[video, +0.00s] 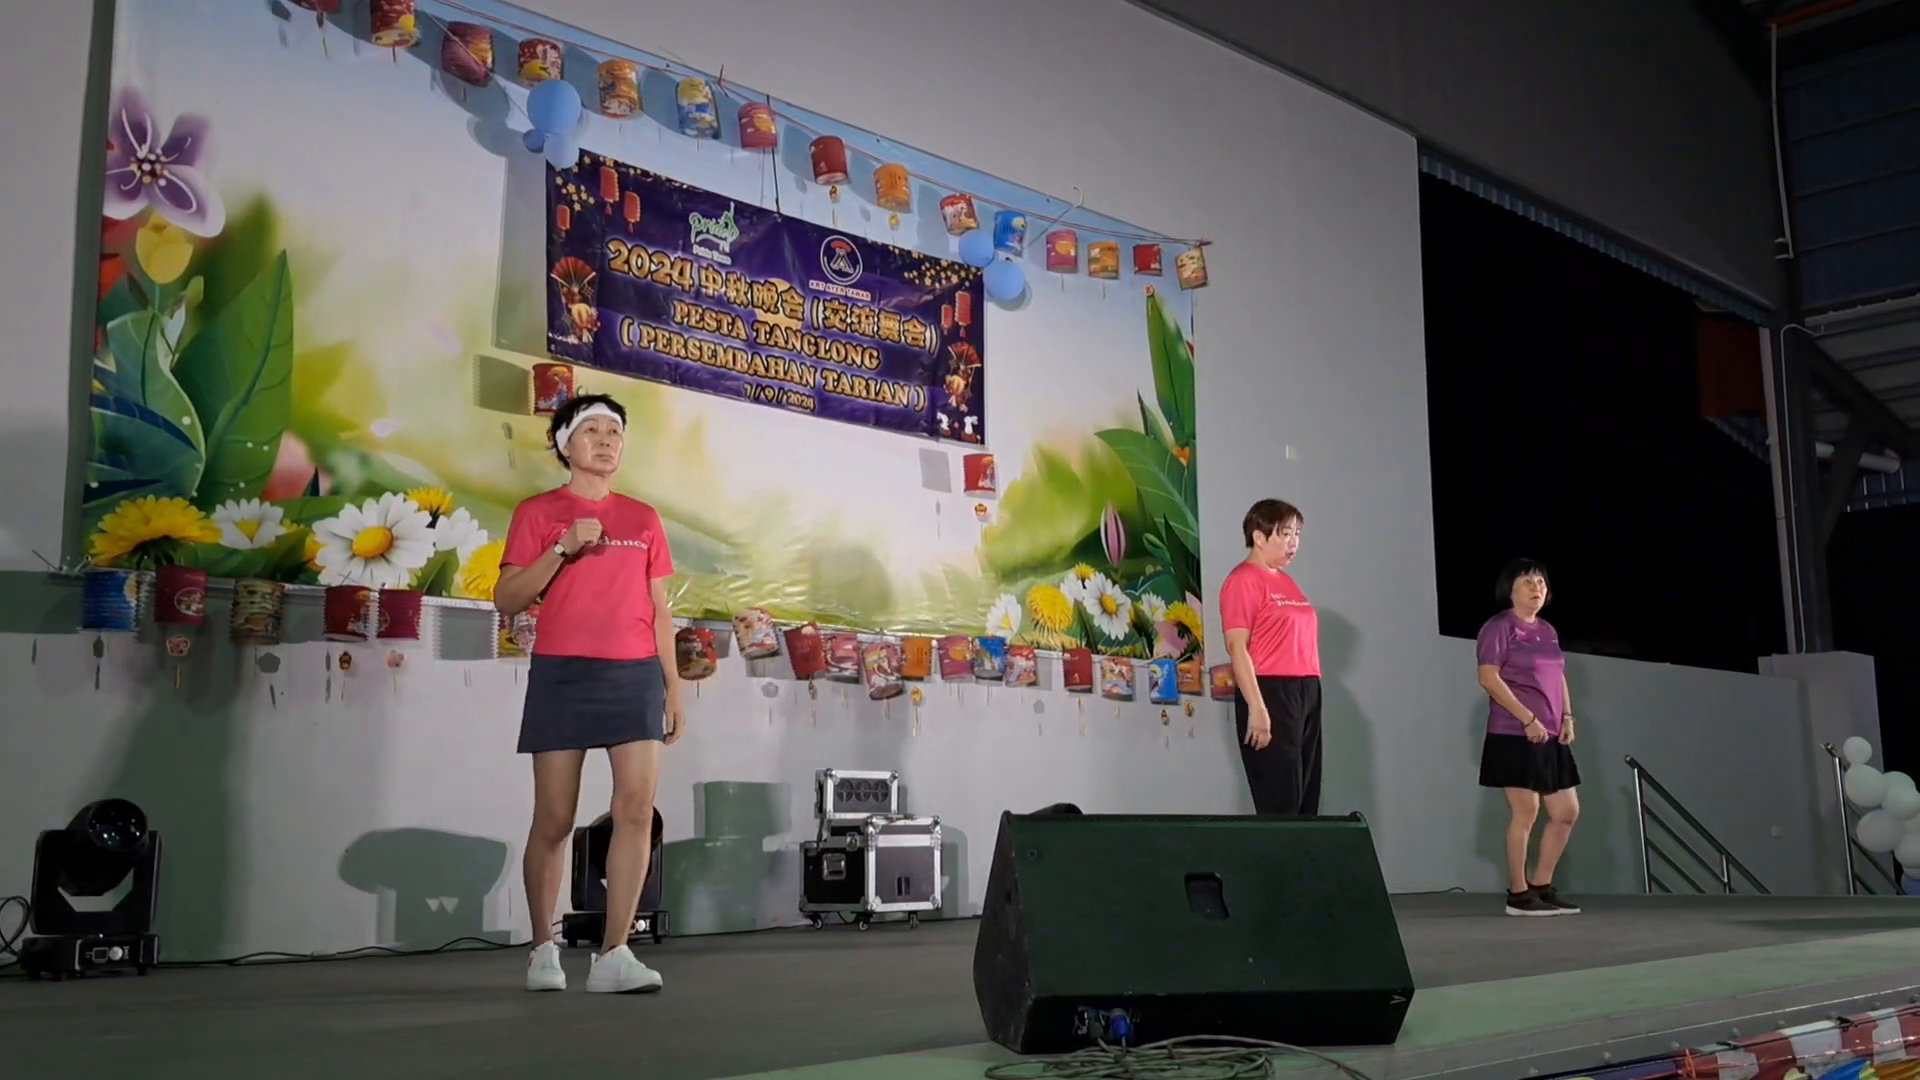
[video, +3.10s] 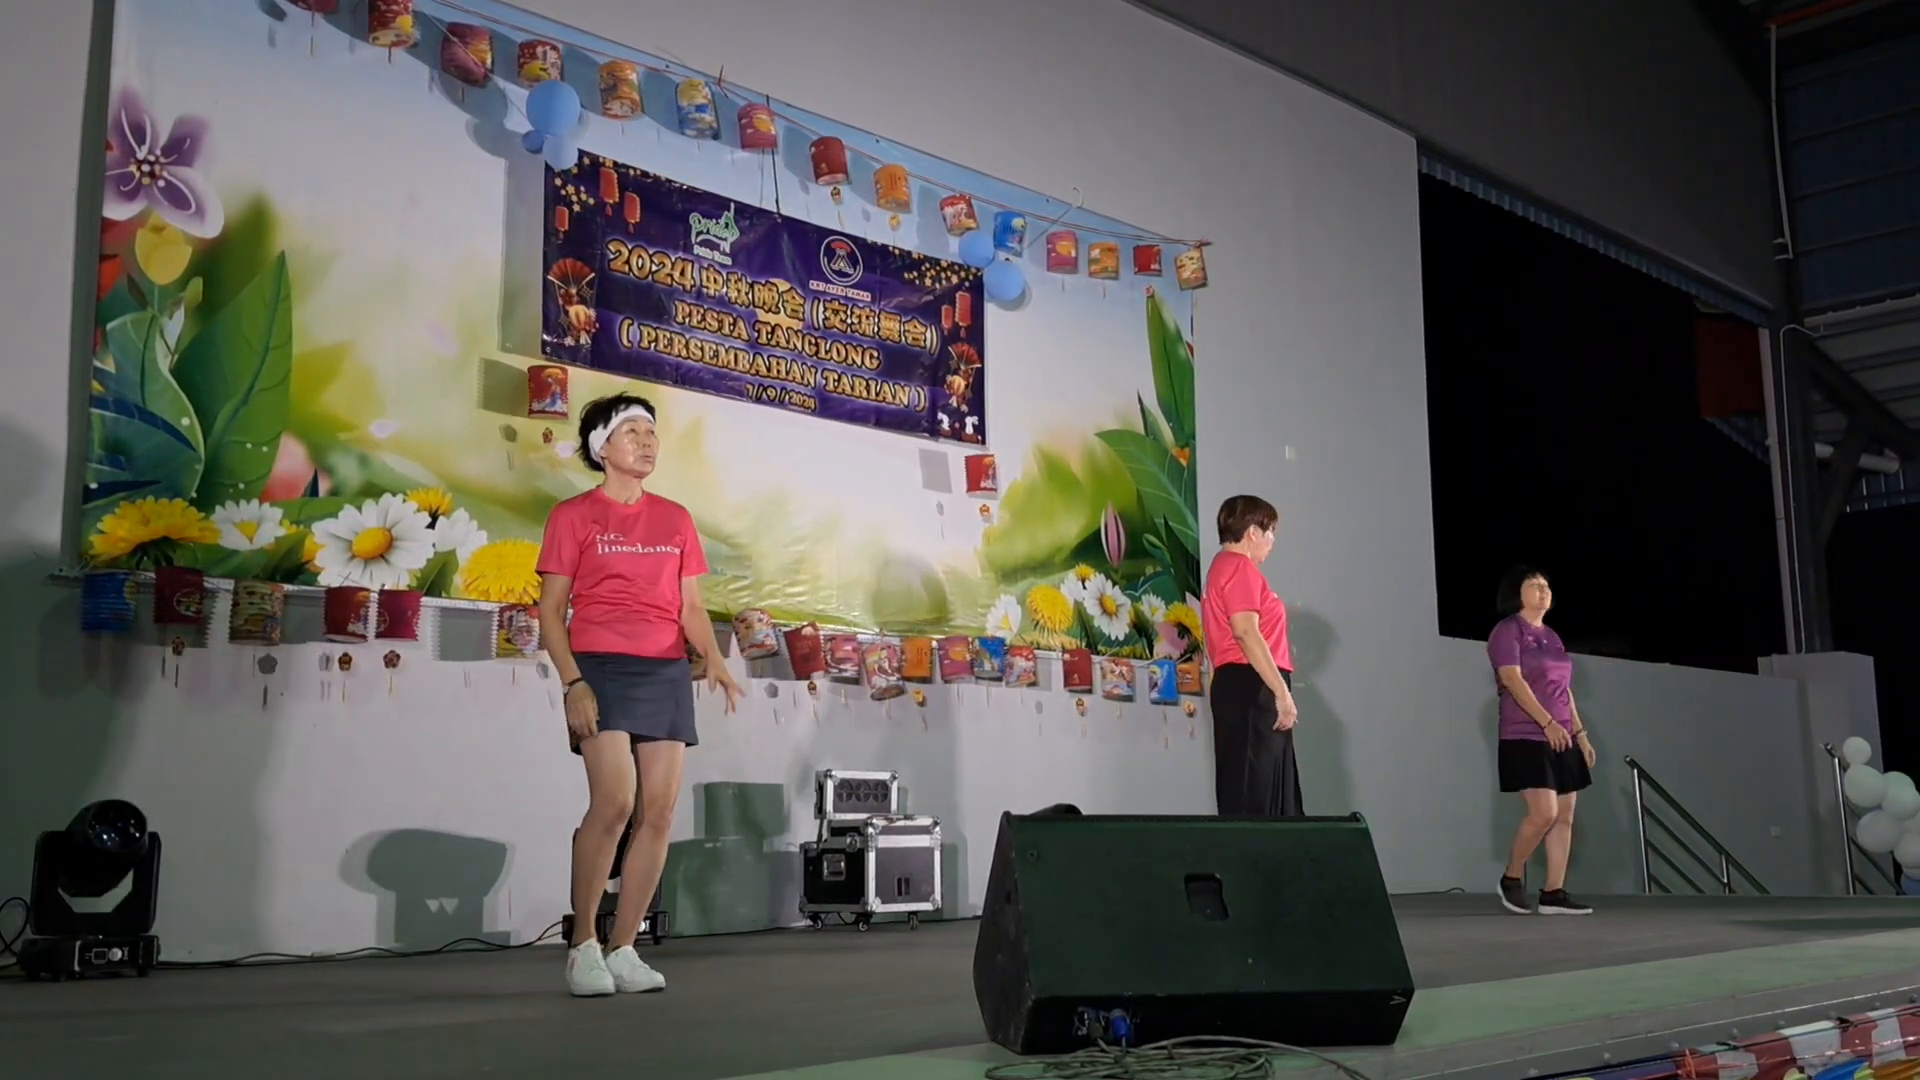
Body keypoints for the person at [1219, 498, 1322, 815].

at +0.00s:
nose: (1293, 542)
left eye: (1296, 534)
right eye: (1285, 533)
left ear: (1299, 538)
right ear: (1259, 538)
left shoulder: (1284, 580)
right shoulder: (1242, 580)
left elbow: (1291, 643)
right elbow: (1237, 648)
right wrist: (1257, 708)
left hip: (1306, 694)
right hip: (1271, 696)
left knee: (1306, 804)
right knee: (1281, 806)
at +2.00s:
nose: (1306, 535)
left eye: (1306, 527)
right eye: (1297, 527)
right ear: (1271, 533)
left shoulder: (1297, 582)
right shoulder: (1252, 578)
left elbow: (1312, 646)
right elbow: (1241, 645)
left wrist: (1339, 692)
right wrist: (1251, 708)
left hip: (1308, 697)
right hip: (1273, 695)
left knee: (1302, 801)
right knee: (1270, 802)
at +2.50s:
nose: (1289, 538)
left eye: (1290, 529)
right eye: (1287, 529)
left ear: (1252, 528)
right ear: (1272, 529)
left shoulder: (1260, 572)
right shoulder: (1250, 568)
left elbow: (1271, 647)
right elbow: (1250, 635)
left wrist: (1298, 705)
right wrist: (1274, 697)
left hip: (1275, 688)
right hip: (1258, 688)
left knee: (1282, 797)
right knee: (1260, 798)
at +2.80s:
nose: (1280, 544)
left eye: (1282, 536)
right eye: (1280, 536)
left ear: (1242, 529)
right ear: (1267, 533)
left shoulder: (1231, 567)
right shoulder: (1247, 566)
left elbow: (1244, 635)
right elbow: (1253, 633)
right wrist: (1284, 695)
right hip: (1255, 681)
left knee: (1277, 791)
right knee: (1254, 791)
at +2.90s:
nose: (1277, 541)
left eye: (1277, 533)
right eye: (1276, 532)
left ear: (1235, 529)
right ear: (1263, 532)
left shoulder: (1223, 571)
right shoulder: (1247, 566)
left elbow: (1219, 657)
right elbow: (1254, 632)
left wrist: (1213, 717)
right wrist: (1284, 695)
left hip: (1236, 680)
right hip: (1257, 681)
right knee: (1258, 790)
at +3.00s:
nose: (1274, 543)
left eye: (1275, 534)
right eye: (1272, 533)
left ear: (1234, 530)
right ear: (1255, 532)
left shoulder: (1221, 572)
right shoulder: (1243, 566)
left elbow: (1215, 656)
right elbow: (1251, 632)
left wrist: (1212, 715)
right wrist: (1284, 693)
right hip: (1254, 680)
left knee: (1278, 793)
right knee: (1253, 792)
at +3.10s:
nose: (1272, 542)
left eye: (1273, 533)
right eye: (1270, 532)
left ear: (1242, 532)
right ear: (1251, 532)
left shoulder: (1226, 566)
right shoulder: (1237, 565)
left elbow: (1241, 636)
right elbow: (1245, 632)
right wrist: (1282, 692)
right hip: (1248, 680)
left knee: (1275, 788)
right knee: (1252, 790)